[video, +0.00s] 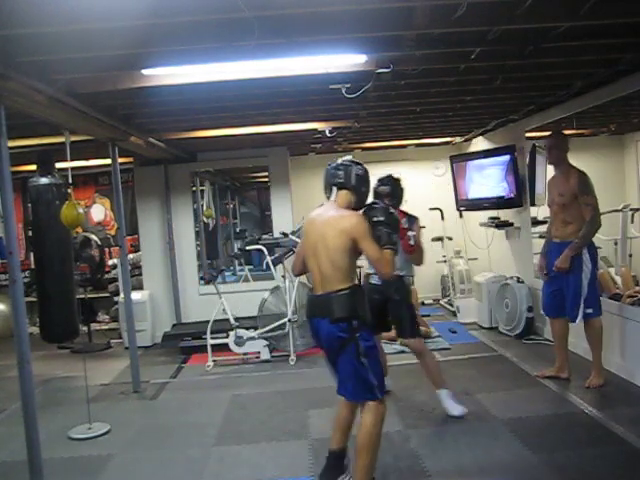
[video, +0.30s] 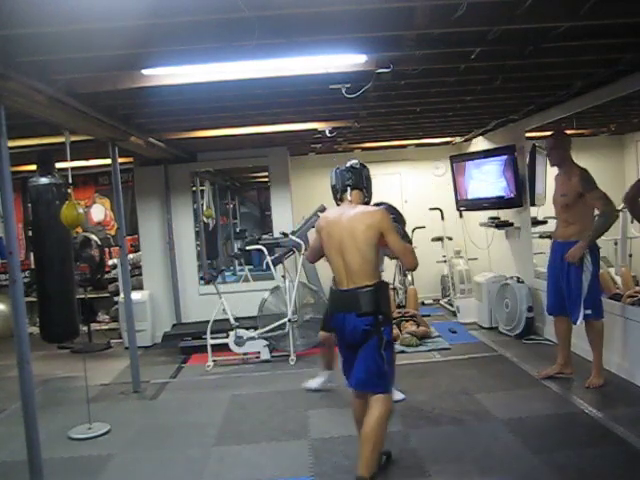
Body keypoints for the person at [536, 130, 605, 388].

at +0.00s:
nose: (548, 153)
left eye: (553, 149)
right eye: (546, 149)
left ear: (565, 149)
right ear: (546, 152)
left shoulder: (579, 178)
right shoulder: (552, 182)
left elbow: (595, 222)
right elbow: (553, 222)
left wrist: (569, 253)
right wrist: (544, 253)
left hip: (579, 251)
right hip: (556, 250)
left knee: (589, 311)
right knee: (555, 308)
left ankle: (597, 369)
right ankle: (561, 366)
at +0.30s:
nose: (548, 154)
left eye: (551, 150)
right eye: (546, 150)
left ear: (565, 149)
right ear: (551, 152)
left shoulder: (580, 176)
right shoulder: (558, 177)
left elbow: (611, 212)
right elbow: (566, 214)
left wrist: (583, 245)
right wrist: (556, 237)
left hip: (581, 251)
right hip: (559, 249)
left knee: (590, 312)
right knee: (559, 309)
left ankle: (597, 370)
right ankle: (563, 363)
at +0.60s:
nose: (538, 157)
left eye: (541, 151)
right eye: (536, 153)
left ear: (555, 149)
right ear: (541, 154)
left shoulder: (574, 172)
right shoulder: (550, 175)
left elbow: (612, 184)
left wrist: (592, 220)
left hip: (576, 249)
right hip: (553, 249)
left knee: (587, 311)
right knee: (559, 309)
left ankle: (598, 370)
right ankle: (564, 365)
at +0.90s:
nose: (520, 160)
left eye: (523, 155)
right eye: (518, 156)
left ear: (539, 152)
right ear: (522, 158)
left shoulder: (559, 174)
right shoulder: (534, 178)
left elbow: (598, 189)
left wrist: (575, 225)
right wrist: (541, 231)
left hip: (562, 249)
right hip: (542, 250)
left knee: (570, 312)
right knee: (554, 311)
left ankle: (595, 363)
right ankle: (564, 365)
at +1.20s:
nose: (514, 161)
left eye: (517, 156)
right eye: (512, 157)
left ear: (531, 154)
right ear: (515, 159)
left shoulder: (550, 175)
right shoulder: (524, 179)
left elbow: (588, 192)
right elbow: (522, 203)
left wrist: (566, 227)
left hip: (555, 248)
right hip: (535, 248)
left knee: (555, 311)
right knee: (547, 310)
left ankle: (568, 378)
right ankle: (561, 365)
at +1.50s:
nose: (515, 159)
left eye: (519, 154)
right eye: (514, 155)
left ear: (534, 153)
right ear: (520, 156)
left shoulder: (549, 177)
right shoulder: (528, 178)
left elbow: (586, 200)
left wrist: (562, 231)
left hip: (550, 252)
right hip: (531, 251)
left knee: (555, 315)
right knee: (542, 312)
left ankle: (561, 379)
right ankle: (562, 364)